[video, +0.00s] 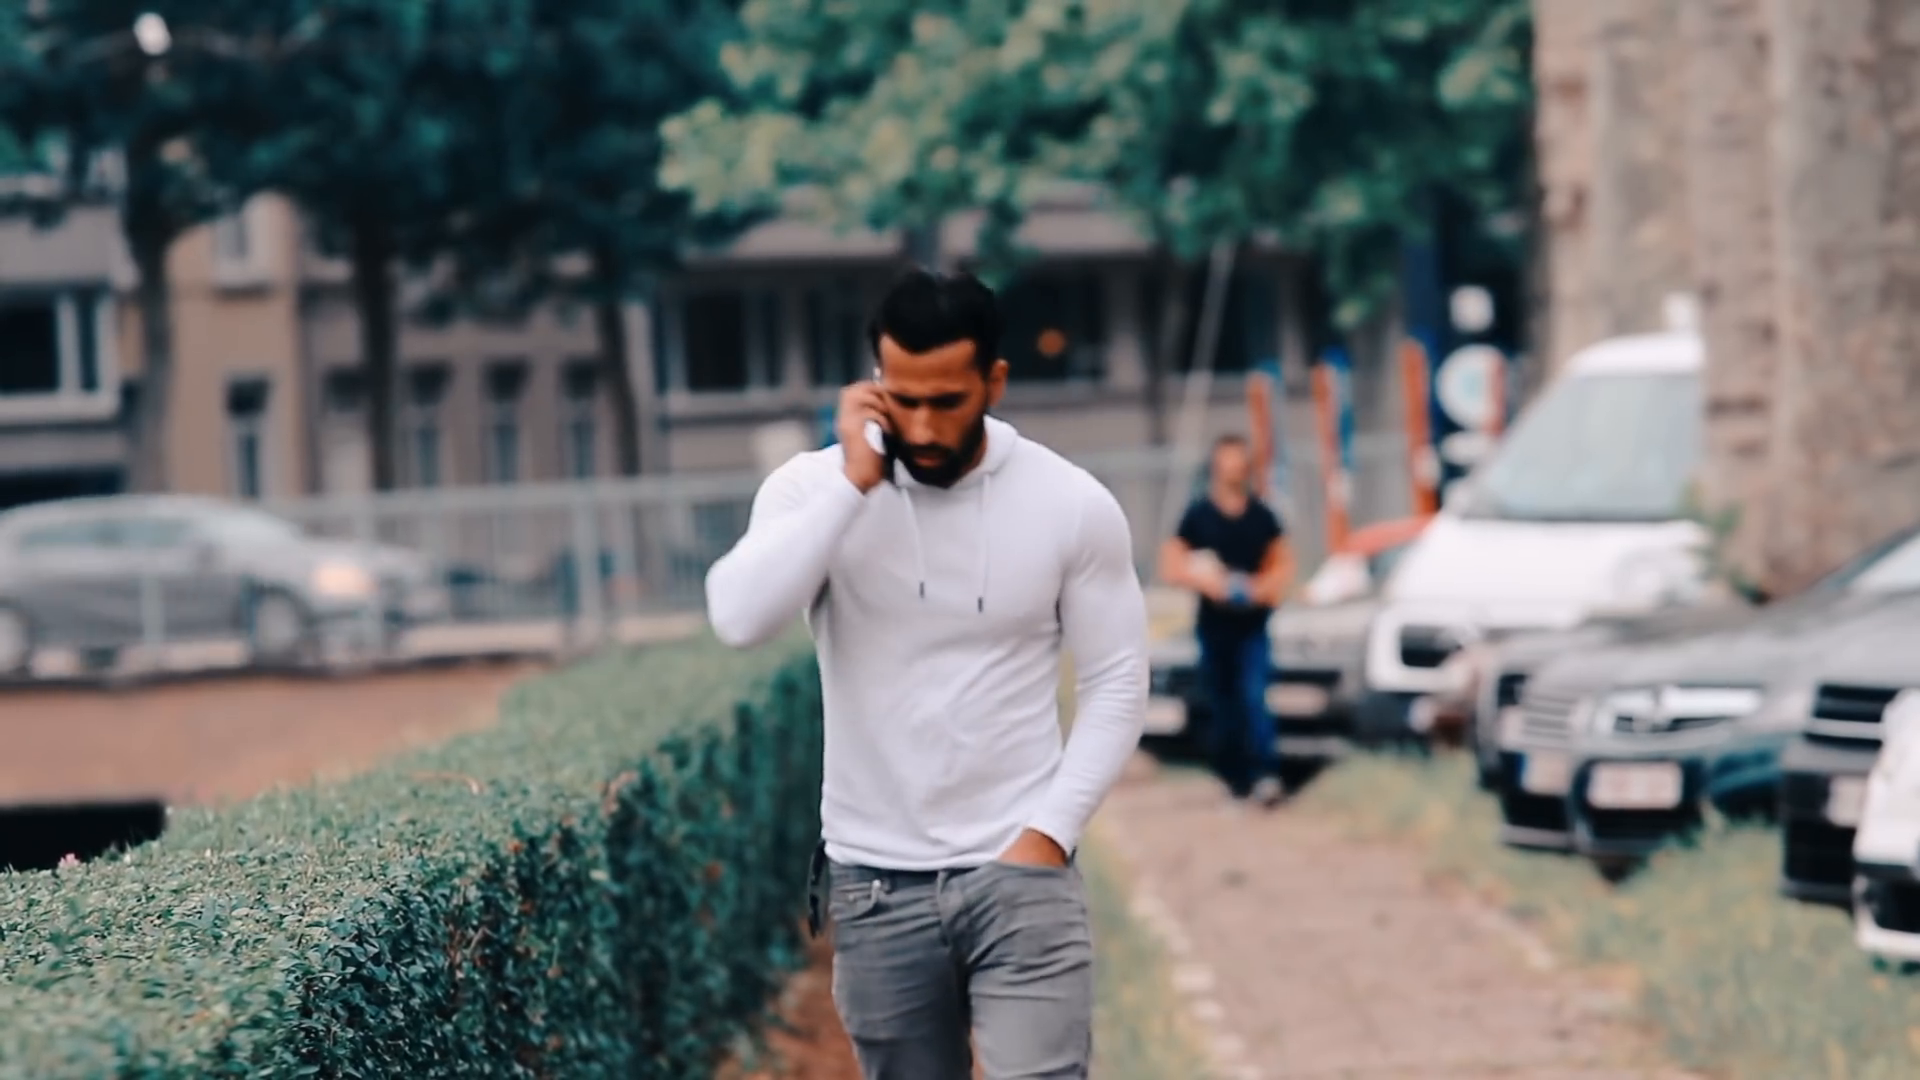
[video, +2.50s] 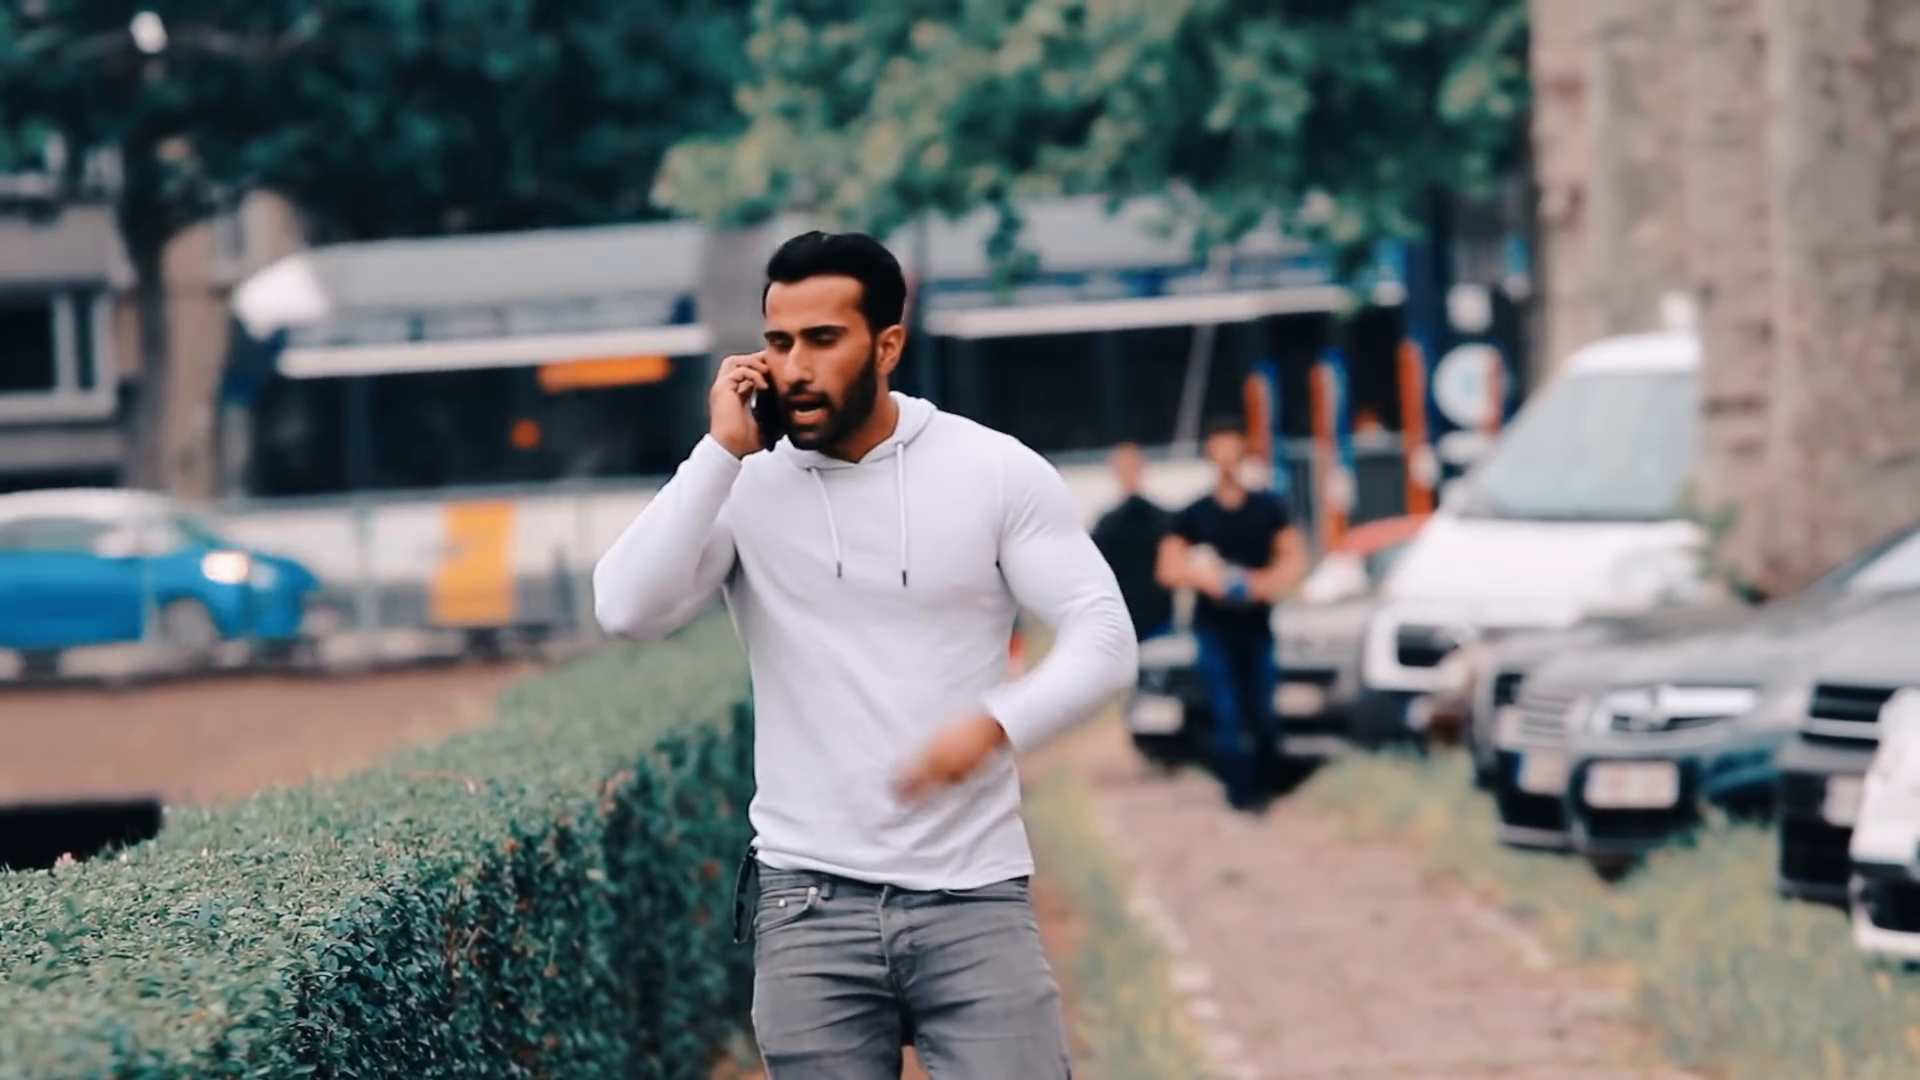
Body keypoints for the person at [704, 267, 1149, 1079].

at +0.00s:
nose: (922, 428)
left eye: (945, 403)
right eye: (901, 401)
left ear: (994, 382)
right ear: (877, 378)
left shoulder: (1072, 507)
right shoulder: (810, 486)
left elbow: (1115, 684)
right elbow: (738, 618)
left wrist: (1046, 836)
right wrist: (851, 479)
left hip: (1019, 881)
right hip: (874, 892)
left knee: (1039, 1069)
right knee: (908, 1070)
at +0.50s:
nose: (958, 414)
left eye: (979, 384)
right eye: (935, 389)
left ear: (1026, 356)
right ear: (906, 371)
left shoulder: (1120, 488)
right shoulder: (856, 475)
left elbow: (1161, 680)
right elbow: (785, 620)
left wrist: (1098, 853)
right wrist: (893, 481)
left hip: (1060, 883)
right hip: (909, 874)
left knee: (1061, 1069)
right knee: (899, 1069)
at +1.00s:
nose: (891, 433)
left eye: (911, 400)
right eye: (865, 408)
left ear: (958, 367)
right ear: (837, 387)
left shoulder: (1070, 480)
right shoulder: (804, 506)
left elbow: (1128, 667)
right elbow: (756, 664)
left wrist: (1092, 853)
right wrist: (837, 506)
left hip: (1060, 885)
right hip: (903, 891)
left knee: (1098, 1066)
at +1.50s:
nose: (923, 410)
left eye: (947, 381)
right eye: (901, 383)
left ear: (998, 366)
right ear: (874, 372)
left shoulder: (1090, 505)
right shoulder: (815, 488)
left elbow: (1127, 696)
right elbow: (745, 631)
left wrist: (1067, 864)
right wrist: (853, 481)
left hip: (1028, 903)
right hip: (874, 906)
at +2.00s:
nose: (888, 356)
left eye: (916, 329)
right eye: (875, 330)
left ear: (984, 334)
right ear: (857, 332)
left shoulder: (1088, 481)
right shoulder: (830, 470)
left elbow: (1127, 687)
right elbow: (709, 585)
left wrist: (1068, 869)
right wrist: (813, 433)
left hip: (1026, 905)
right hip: (871, 895)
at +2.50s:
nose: (792, 369)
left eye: (822, 339)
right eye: (777, 342)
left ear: (888, 346)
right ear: (760, 351)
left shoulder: (996, 472)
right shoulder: (741, 487)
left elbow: (1106, 643)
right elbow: (623, 608)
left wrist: (994, 724)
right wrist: (722, 452)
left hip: (975, 900)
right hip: (808, 904)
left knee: (1024, 1065)